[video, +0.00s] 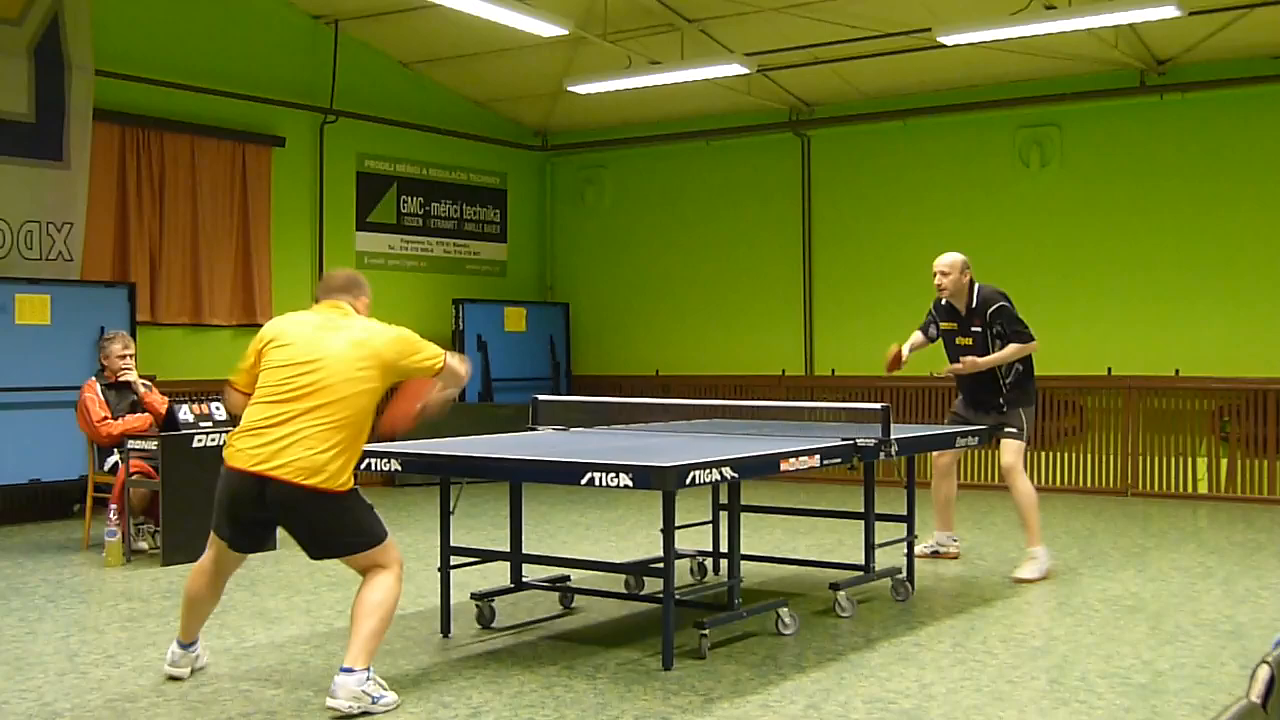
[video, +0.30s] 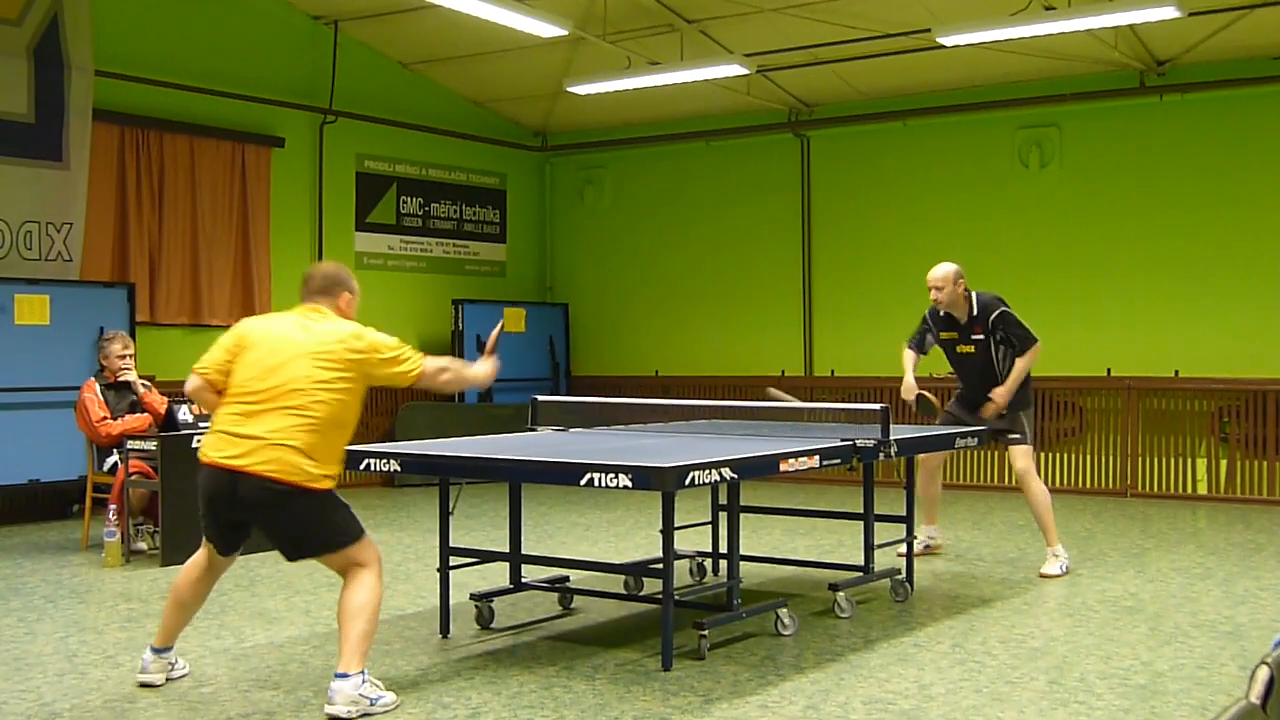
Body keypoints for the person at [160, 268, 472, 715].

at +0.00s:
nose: (371, 311)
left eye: (368, 306)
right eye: (369, 305)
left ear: (319, 300)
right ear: (361, 303)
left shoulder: (278, 327)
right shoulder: (383, 338)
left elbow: (235, 400)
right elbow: (458, 368)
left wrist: (287, 415)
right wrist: (434, 396)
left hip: (242, 470)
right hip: (314, 483)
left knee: (215, 560)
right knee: (383, 566)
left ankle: (183, 649)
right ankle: (354, 677)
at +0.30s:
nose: (357, 306)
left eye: (356, 298)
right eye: (356, 299)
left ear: (303, 296)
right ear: (344, 299)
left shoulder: (251, 327)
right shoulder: (355, 340)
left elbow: (197, 386)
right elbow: (437, 374)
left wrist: (242, 420)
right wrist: (483, 370)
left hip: (218, 471)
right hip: (287, 481)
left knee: (211, 553)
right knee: (362, 564)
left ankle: (157, 655)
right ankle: (350, 680)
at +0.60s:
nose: (317, 300)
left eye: (317, 291)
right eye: (317, 291)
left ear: (266, 285)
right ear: (305, 289)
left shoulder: (218, 319)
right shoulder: (303, 334)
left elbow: (209, 384)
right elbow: (361, 422)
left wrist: (286, 400)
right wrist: (374, 408)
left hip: (160, 459)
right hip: (217, 466)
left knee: (159, 553)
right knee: (298, 566)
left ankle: (98, 655)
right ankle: (287, 693)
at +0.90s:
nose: (226, 317)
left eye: (223, 311)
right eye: (225, 311)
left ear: (173, 310)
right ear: (215, 311)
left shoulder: (128, 344)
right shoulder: (236, 346)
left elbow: (89, 391)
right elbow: (309, 386)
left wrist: (138, 404)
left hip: (121, 491)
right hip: (192, 493)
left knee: (113, 551)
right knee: (278, 576)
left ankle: (88, 660)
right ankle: (284, 693)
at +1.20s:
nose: (206, 298)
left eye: (206, 292)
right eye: (206, 291)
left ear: (152, 290)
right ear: (194, 289)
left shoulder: (109, 331)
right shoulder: (210, 328)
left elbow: (63, 398)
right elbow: (294, 369)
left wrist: (116, 409)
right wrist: (343, 382)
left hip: (104, 473)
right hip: (174, 471)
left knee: (112, 548)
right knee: (257, 566)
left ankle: (87, 660)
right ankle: (249, 686)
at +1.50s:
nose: (259, 276)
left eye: (258, 267)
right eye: (256, 267)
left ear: (203, 266)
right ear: (240, 268)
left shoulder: (153, 307)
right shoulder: (245, 308)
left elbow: (145, 372)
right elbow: (315, 380)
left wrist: (227, 377)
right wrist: (332, 404)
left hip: (120, 446)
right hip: (186, 449)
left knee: (147, 549)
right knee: (260, 559)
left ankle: (95, 666)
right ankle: (278, 691)